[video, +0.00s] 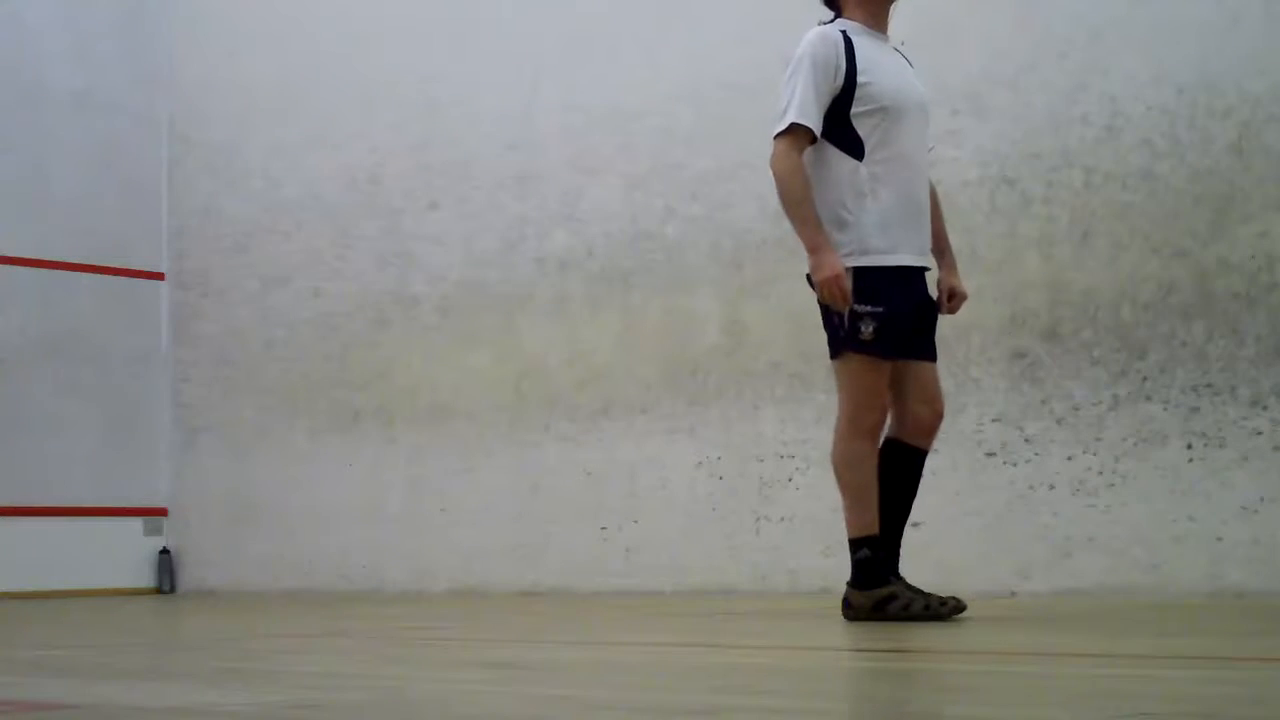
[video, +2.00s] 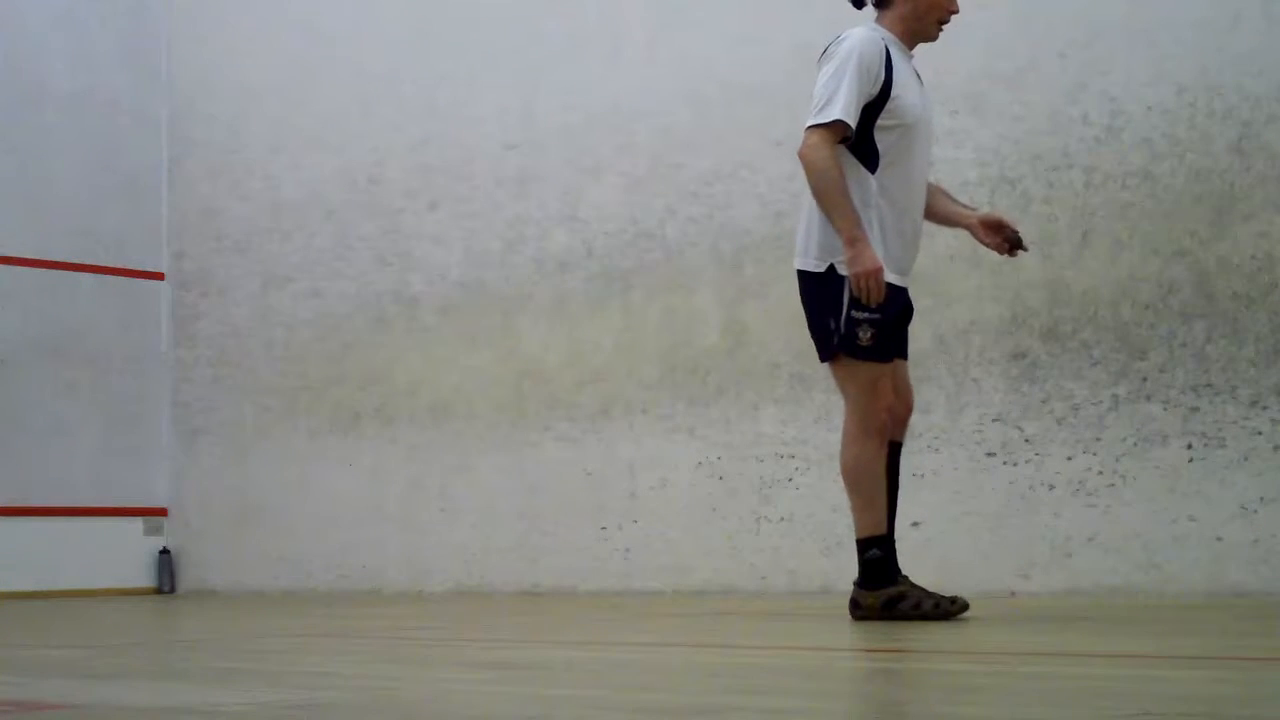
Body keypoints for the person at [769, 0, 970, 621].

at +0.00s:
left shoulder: (899, 59)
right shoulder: (826, 44)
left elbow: (915, 173)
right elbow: (785, 155)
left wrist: (945, 262)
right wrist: (820, 252)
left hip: (908, 268)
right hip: (858, 266)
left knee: (922, 413)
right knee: (862, 416)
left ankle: (881, 575)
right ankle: (867, 582)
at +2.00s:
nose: (953, 8)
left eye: (952, 0)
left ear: (910, 3)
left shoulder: (904, 67)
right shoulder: (863, 48)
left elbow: (903, 183)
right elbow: (816, 149)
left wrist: (972, 219)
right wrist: (856, 243)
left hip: (881, 268)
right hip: (844, 267)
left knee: (894, 410)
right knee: (869, 412)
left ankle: (882, 576)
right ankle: (875, 582)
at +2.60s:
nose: (953, 13)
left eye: (952, 4)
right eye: (946, 0)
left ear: (913, 6)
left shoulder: (908, 74)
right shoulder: (857, 48)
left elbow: (914, 184)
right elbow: (806, 149)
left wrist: (978, 221)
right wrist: (844, 244)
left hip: (884, 268)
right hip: (847, 267)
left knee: (886, 413)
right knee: (884, 409)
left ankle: (880, 578)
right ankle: (878, 580)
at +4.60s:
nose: (908, 89)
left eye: (911, 76)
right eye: (908, 76)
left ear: (933, 75)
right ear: (967, 74)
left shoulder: (949, 116)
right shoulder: (1019, 114)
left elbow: (1006, 150)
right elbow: (967, 241)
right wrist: (892, 256)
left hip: (1015, 271)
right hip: (1091, 270)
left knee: (990, 418)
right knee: (1038, 440)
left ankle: (1015, 576)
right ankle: (1016, 554)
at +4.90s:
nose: (973, 78)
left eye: (975, 67)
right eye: (973, 68)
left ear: (995, 64)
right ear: (1041, 60)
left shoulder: (989, 99)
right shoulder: (1100, 100)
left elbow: (940, 177)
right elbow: (1163, 205)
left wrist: (878, 253)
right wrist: (1122, 257)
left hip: (1025, 255)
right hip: (1109, 255)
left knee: (1017, 416)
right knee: (1118, 418)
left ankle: (1014, 580)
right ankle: (1177, 565)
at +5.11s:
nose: (1009, 48)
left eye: (1012, 36)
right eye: (1010, 36)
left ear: (1031, 33)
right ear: (1074, 33)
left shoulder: (1026, 73)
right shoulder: (1136, 76)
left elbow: (1010, 148)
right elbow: (1213, 164)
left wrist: (968, 240)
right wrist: (1185, 244)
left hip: (1073, 243)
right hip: (1157, 245)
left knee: (1049, 410)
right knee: (1159, 416)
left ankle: (1027, 575)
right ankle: (1187, 575)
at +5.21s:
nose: (1021, 28)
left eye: (1022, 17)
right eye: (1020, 18)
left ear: (1042, 13)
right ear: (1089, 12)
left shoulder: (1038, 57)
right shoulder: (1148, 61)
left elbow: (1043, 137)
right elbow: (1221, 149)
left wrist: (1013, 236)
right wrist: (1200, 240)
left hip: (1086, 238)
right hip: (1167, 237)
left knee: (1051, 398)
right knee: (1168, 410)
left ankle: (1055, 572)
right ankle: (1188, 575)